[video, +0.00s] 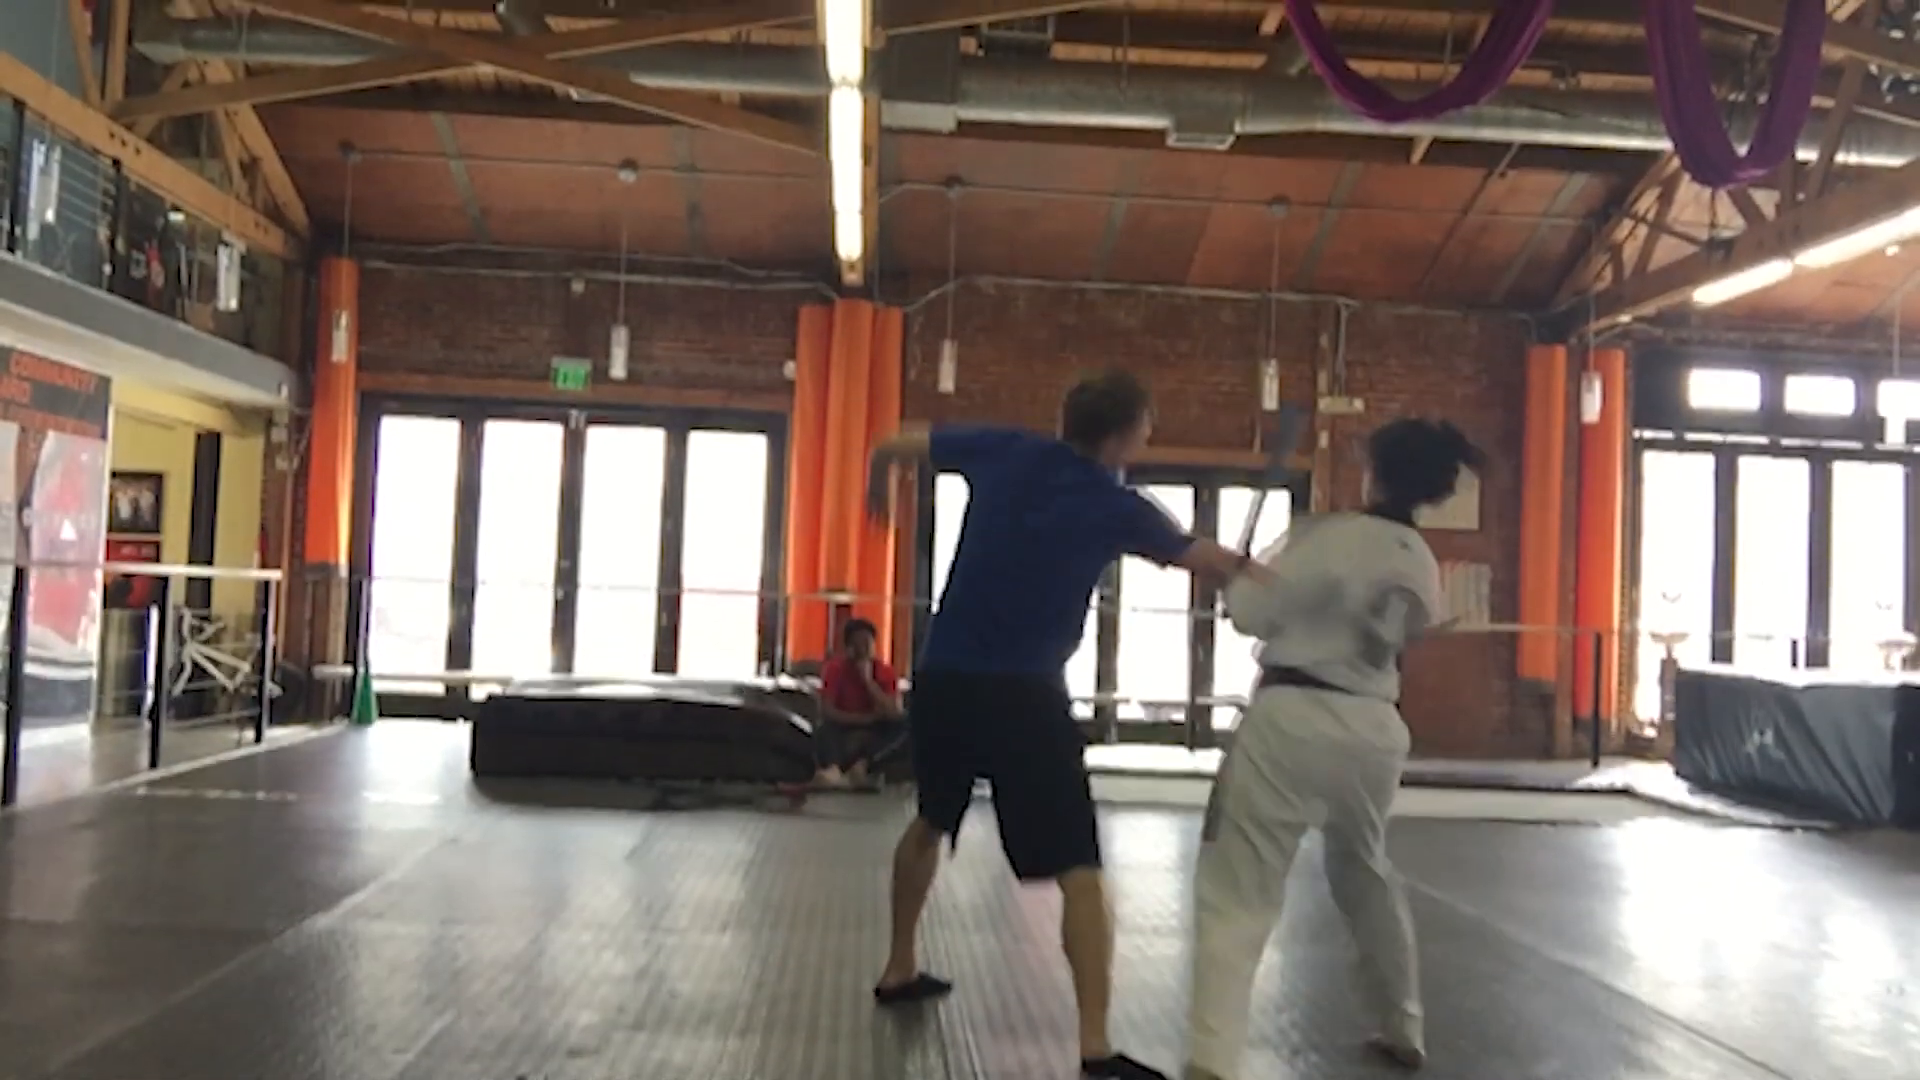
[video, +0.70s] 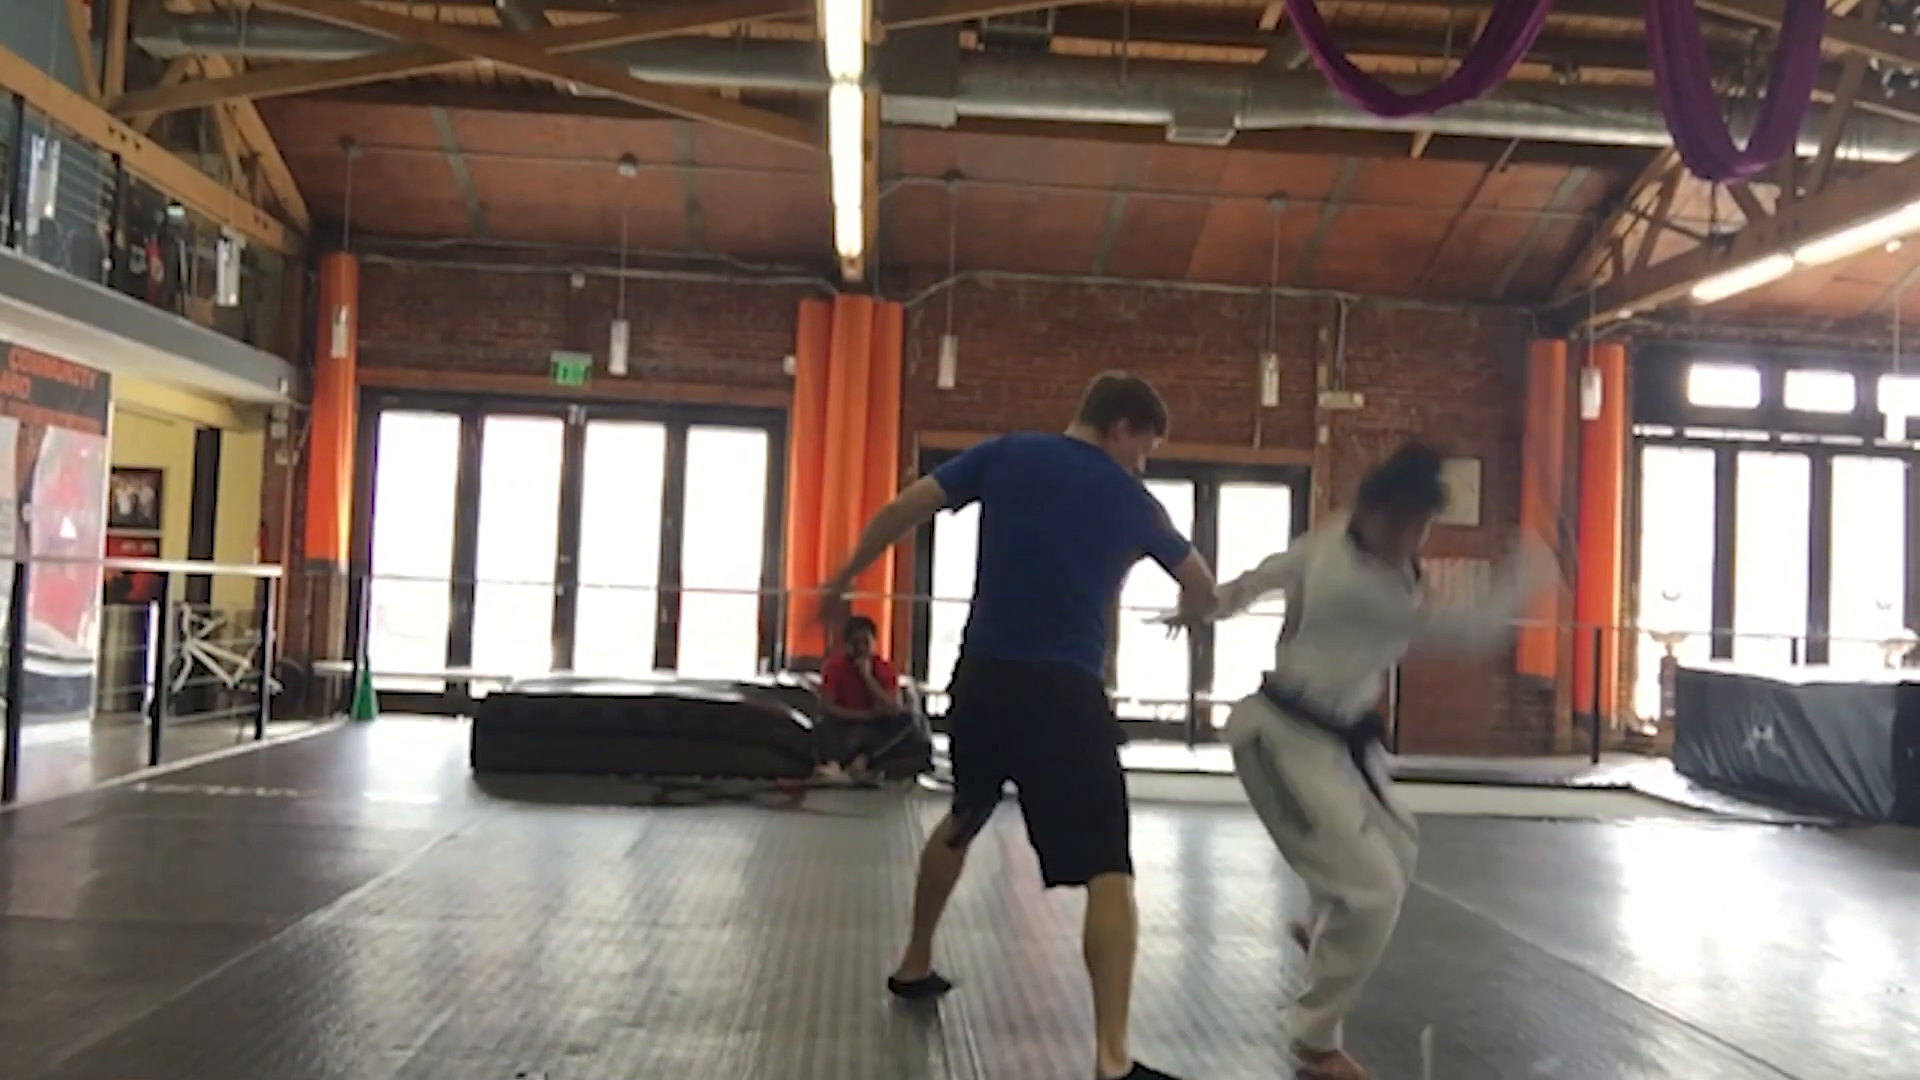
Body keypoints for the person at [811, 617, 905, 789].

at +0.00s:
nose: (863, 648)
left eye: (866, 642)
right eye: (858, 643)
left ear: (873, 643)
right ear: (848, 644)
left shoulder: (884, 671)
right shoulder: (835, 668)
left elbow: (893, 711)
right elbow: (828, 712)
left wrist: (868, 681)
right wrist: (869, 718)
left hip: (874, 725)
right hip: (843, 725)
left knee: (902, 728)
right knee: (826, 729)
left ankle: (864, 765)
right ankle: (832, 768)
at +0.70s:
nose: (862, 648)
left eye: (866, 642)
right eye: (856, 642)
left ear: (873, 642)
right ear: (847, 644)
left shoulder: (884, 668)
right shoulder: (834, 667)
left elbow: (892, 708)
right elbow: (827, 707)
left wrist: (867, 676)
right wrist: (868, 714)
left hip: (875, 721)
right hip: (843, 723)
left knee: (906, 721)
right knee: (822, 729)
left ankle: (866, 761)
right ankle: (832, 765)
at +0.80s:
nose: (861, 646)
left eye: (865, 640)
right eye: (855, 641)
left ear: (873, 640)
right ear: (847, 643)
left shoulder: (884, 667)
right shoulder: (834, 666)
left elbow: (892, 707)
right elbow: (827, 706)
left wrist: (868, 676)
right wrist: (869, 713)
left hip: (875, 720)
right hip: (842, 720)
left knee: (906, 720)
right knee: (821, 729)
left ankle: (866, 759)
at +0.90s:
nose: (861, 645)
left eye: (865, 639)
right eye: (856, 640)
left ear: (873, 638)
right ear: (847, 641)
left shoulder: (884, 665)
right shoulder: (834, 664)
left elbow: (892, 706)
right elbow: (827, 705)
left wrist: (868, 675)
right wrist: (869, 711)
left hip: (875, 718)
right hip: (842, 719)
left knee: (906, 718)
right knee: (821, 729)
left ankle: (866, 757)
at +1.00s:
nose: (861, 647)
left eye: (865, 641)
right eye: (856, 642)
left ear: (873, 641)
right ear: (847, 643)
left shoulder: (885, 668)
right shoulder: (833, 666)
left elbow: (892, 708)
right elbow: (827, 706)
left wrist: (868, 676)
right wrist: (868, 713)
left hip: (875, 719)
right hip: (842, 720)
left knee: (906, 719)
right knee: (823, 727)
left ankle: (865, 759)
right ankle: (833, 763)